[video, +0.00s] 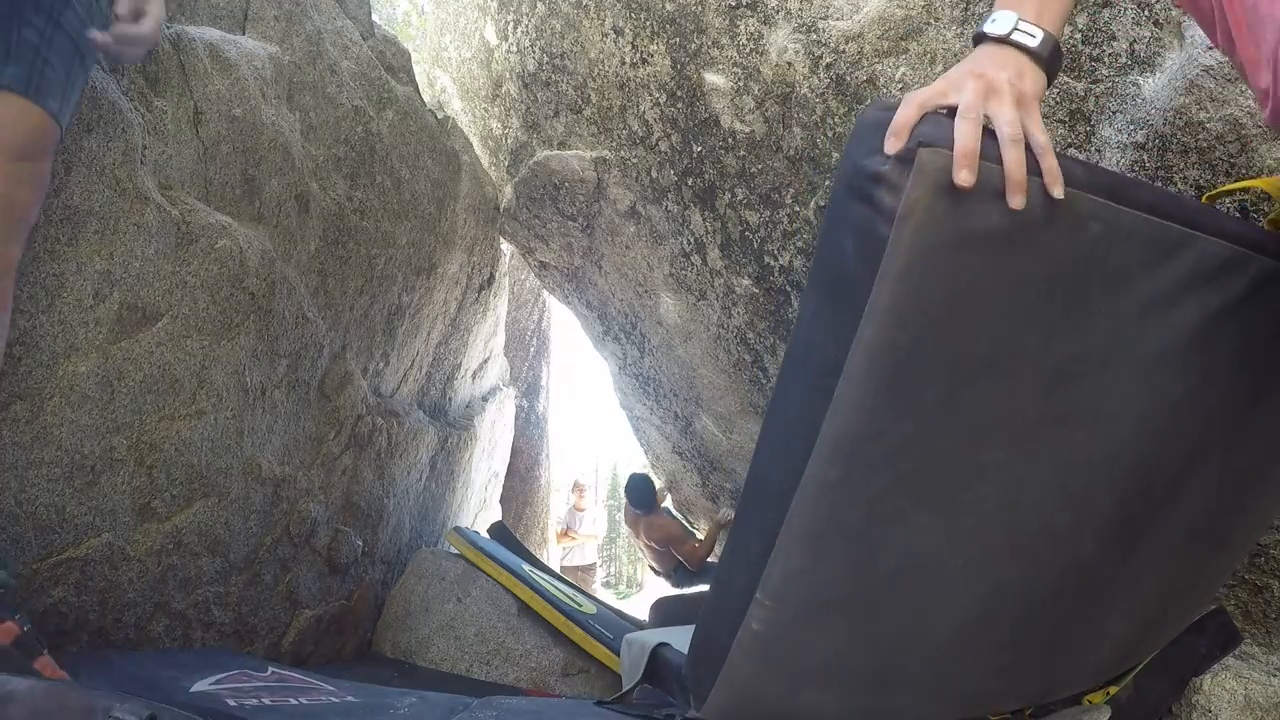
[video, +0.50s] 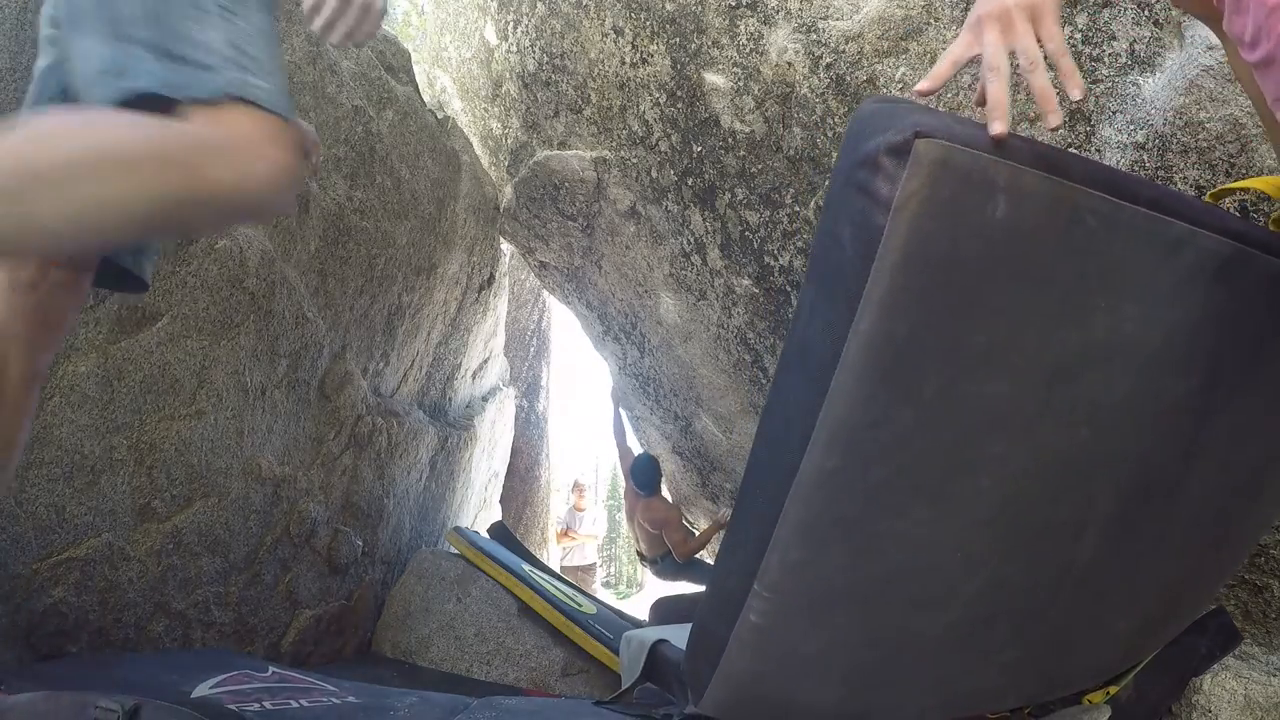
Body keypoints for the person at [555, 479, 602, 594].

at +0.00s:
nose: (581, 493)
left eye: (584, 489)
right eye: (578, 489)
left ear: (589, 492)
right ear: (572, 492)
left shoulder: (597, 513)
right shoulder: (565, 512)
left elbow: (598, 539)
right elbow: (559, 540)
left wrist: (571, 533)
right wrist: (585, 538)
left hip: (589, 565)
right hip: (567, 566)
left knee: (589, 605)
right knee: (568, 605)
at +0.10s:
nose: (582, 492)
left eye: (585, 489)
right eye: (578, 489)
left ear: (589, 492)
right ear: (572, 492)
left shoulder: (597, 513)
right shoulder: (565, 512)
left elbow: (598, 539)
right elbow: (559, 540)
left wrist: (572, 533)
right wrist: (585, 538)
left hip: (589, 565)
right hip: (568, 566)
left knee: (588, 605)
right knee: (568, 605)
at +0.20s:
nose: (581, 492)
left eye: (584, 489)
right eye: (578, 489)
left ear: (589, 491)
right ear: (572, 492)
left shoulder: (597, 513)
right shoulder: (565, 513)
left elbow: (598, 538)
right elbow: (559, 541)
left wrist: (571, 533)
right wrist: (585, 538)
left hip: (589, 565)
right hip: (568, 566)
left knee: (589, 604)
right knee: (568, 604)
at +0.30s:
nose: (581, 493)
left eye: (584, 489)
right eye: (578, 489)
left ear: (589, 492)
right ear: (572, 492)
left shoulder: (598, 514)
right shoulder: (565, 513)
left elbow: (597, 539)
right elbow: (559, 541)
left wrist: (573, 533)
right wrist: (585, 538)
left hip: (589, 565)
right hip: (567, 566)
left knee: (589, 604)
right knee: (568, 604)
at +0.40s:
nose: (581, 493)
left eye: (584, 489)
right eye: (578, 489)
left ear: (589, 492)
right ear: (572, 492)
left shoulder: (598, 514)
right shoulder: (565, 513)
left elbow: (597, 539)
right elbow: (559, 541)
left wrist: (573, 533)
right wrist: (585, 538)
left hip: (589, 565)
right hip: (567, 566)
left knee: (589, 605)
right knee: (568, 605)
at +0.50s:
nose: (581, 493)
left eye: (584, 490)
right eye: (578, 489)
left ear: (590, 492)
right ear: (572, 492)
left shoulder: (599, 514)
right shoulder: (565, 513)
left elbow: (597, 538)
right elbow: (560, 541)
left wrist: (573, 533)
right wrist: (585, 538)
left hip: (589, 565)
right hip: (567, 566)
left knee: (589, 605)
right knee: (568, 605)